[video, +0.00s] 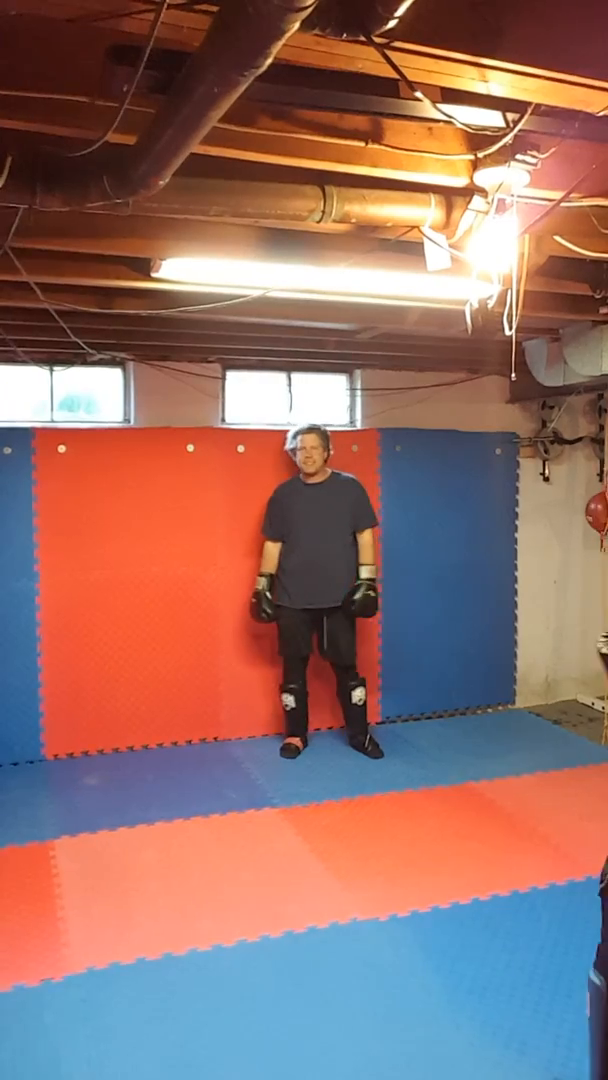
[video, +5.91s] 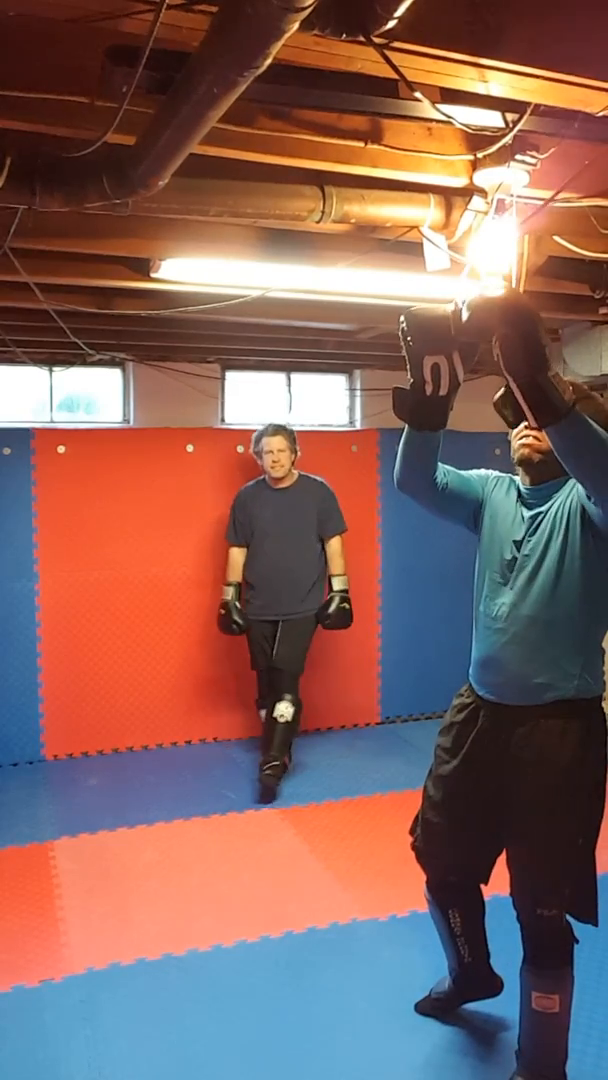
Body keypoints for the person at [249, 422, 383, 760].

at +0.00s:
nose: (305, 455)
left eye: (312, 449)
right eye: (300, 449)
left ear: (327, 452)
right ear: (295, 454)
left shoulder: (349, 488)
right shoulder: (284, 494)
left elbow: (365, 536)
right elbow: (272, 542)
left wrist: (367, 582)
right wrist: (263, 585)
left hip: (339, 597)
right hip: (292, 598)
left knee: (347, 668)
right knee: (293, 667)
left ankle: (359, 734)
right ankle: (295, 735)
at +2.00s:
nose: (334, 456)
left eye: (340, 451)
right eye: (328, 450)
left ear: (348, 455)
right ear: (317, 453)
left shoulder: (363, 490)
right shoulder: (296, 493)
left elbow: (376, 538)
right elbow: (284, 542)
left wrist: (385, 585)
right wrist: (276, 588)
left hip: (354, 599)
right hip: (307, 599)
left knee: (356, 669)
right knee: (302, 669)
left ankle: (354, 736)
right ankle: (297, 735)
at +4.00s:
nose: (370, 458)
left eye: (376, 452)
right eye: (364, 451)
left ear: (381, 456)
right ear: (349, 453)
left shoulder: (392, 492)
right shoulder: (327, 493)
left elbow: (405, 540)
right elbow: (316, 542)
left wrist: (415, 584)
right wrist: (312, 588)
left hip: (380, 599)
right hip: (340, 598)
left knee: (370, 667)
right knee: (344, 664)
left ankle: (356, 734)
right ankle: (327, 729)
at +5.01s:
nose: (321, 457)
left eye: (327, 451)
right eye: (314, 451)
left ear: (337, 454)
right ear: (304, 454)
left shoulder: (355, 491)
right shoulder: (287, 495)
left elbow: (371, 541)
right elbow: (275, 545)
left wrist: (383, 588)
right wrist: (265, 592)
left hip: (346, 603)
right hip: (297, 602)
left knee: (350, 672)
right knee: (290, 676)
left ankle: (353, 736)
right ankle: (282, 748)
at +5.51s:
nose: (282, 458)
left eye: (288, 451)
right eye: (276, 452)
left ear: (301, 453)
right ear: (267, 455)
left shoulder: (323, 491)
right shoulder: (252, 495)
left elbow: (337, 540)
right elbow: (240, 546)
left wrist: (342, 587)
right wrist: (230, 593)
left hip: (313, 601)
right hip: (266, 602)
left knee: (312, 674)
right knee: (272, 675)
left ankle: (317, 747)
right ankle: (279, 745)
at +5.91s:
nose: (274, 459)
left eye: (281, 452)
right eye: (268, 453)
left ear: (294, 455)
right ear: (259, 458)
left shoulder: (317, 491)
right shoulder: (247, 497)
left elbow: (334, 541)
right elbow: (237, 548)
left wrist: (340, 591)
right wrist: (230, 596)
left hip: (303, 602)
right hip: (258, 604)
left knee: (286, 674)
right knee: (267, 676)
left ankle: (275, 758)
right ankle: (276, 748)